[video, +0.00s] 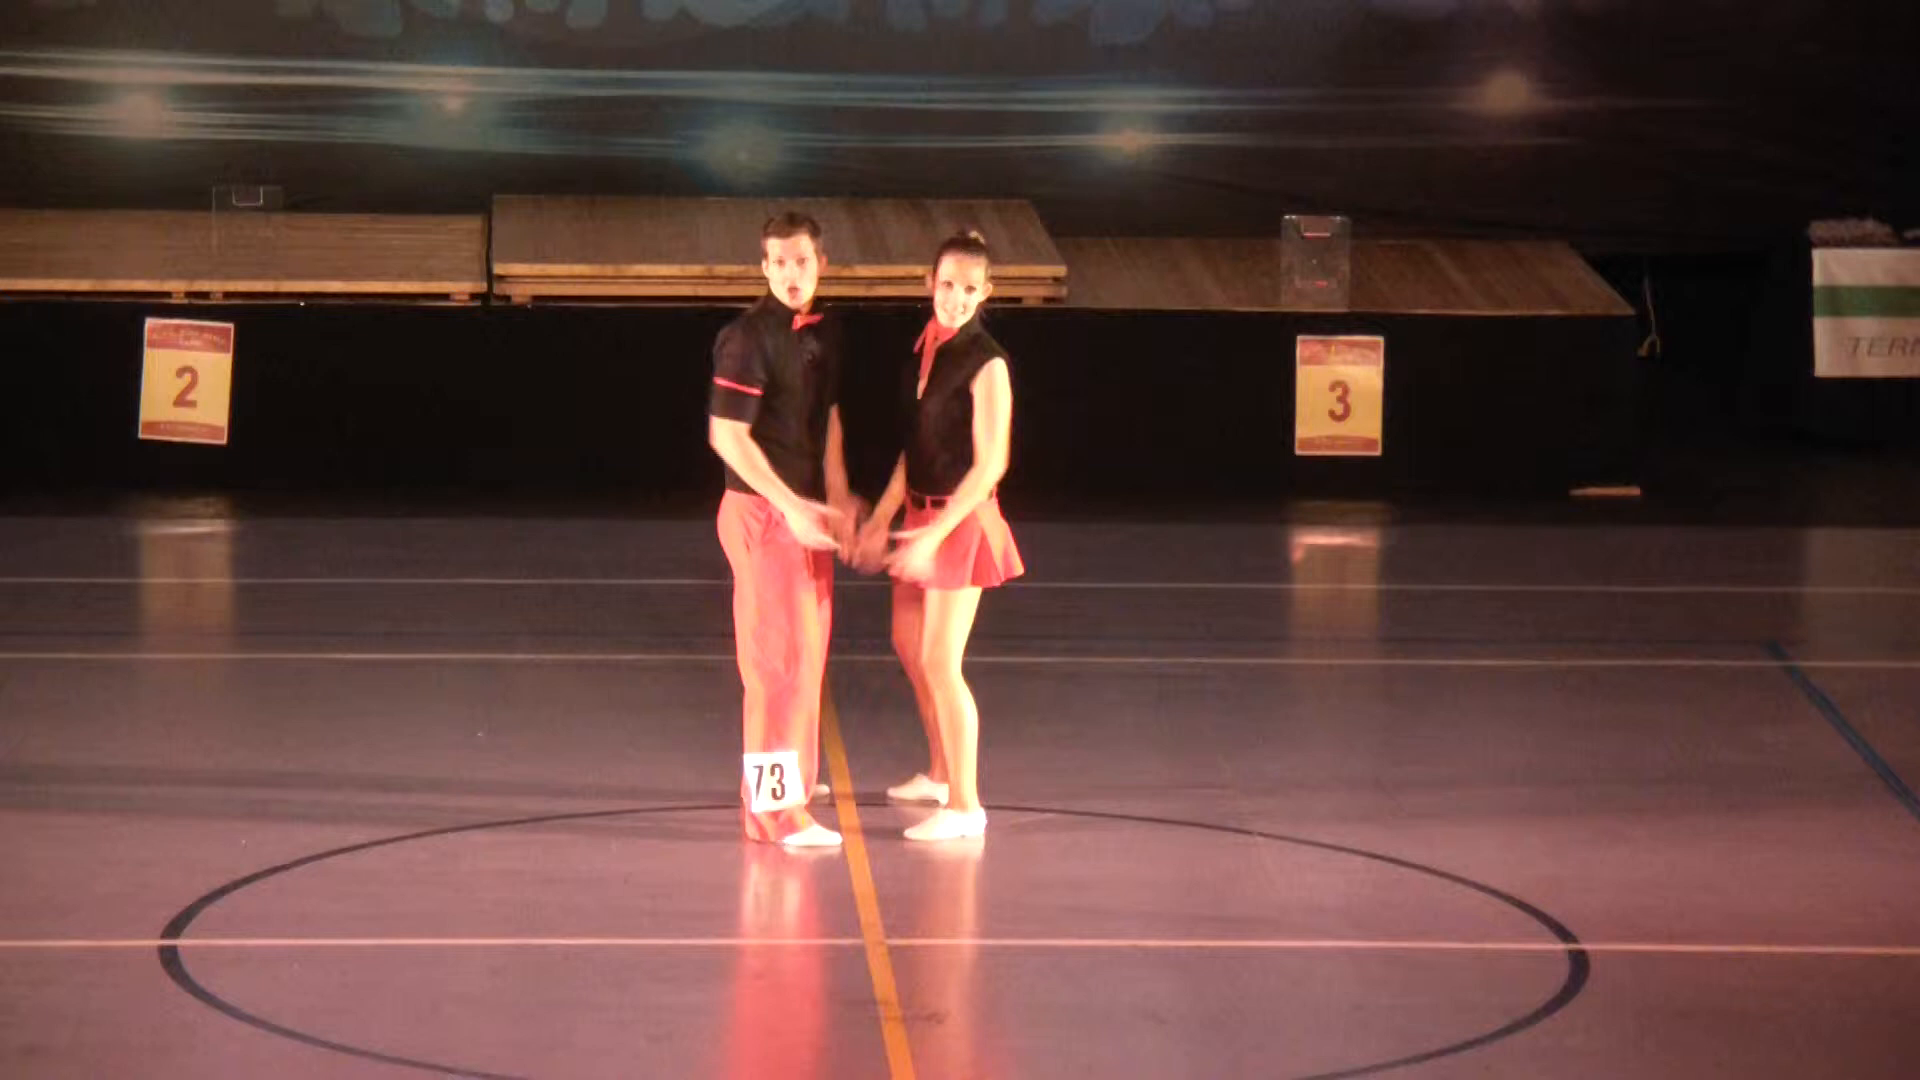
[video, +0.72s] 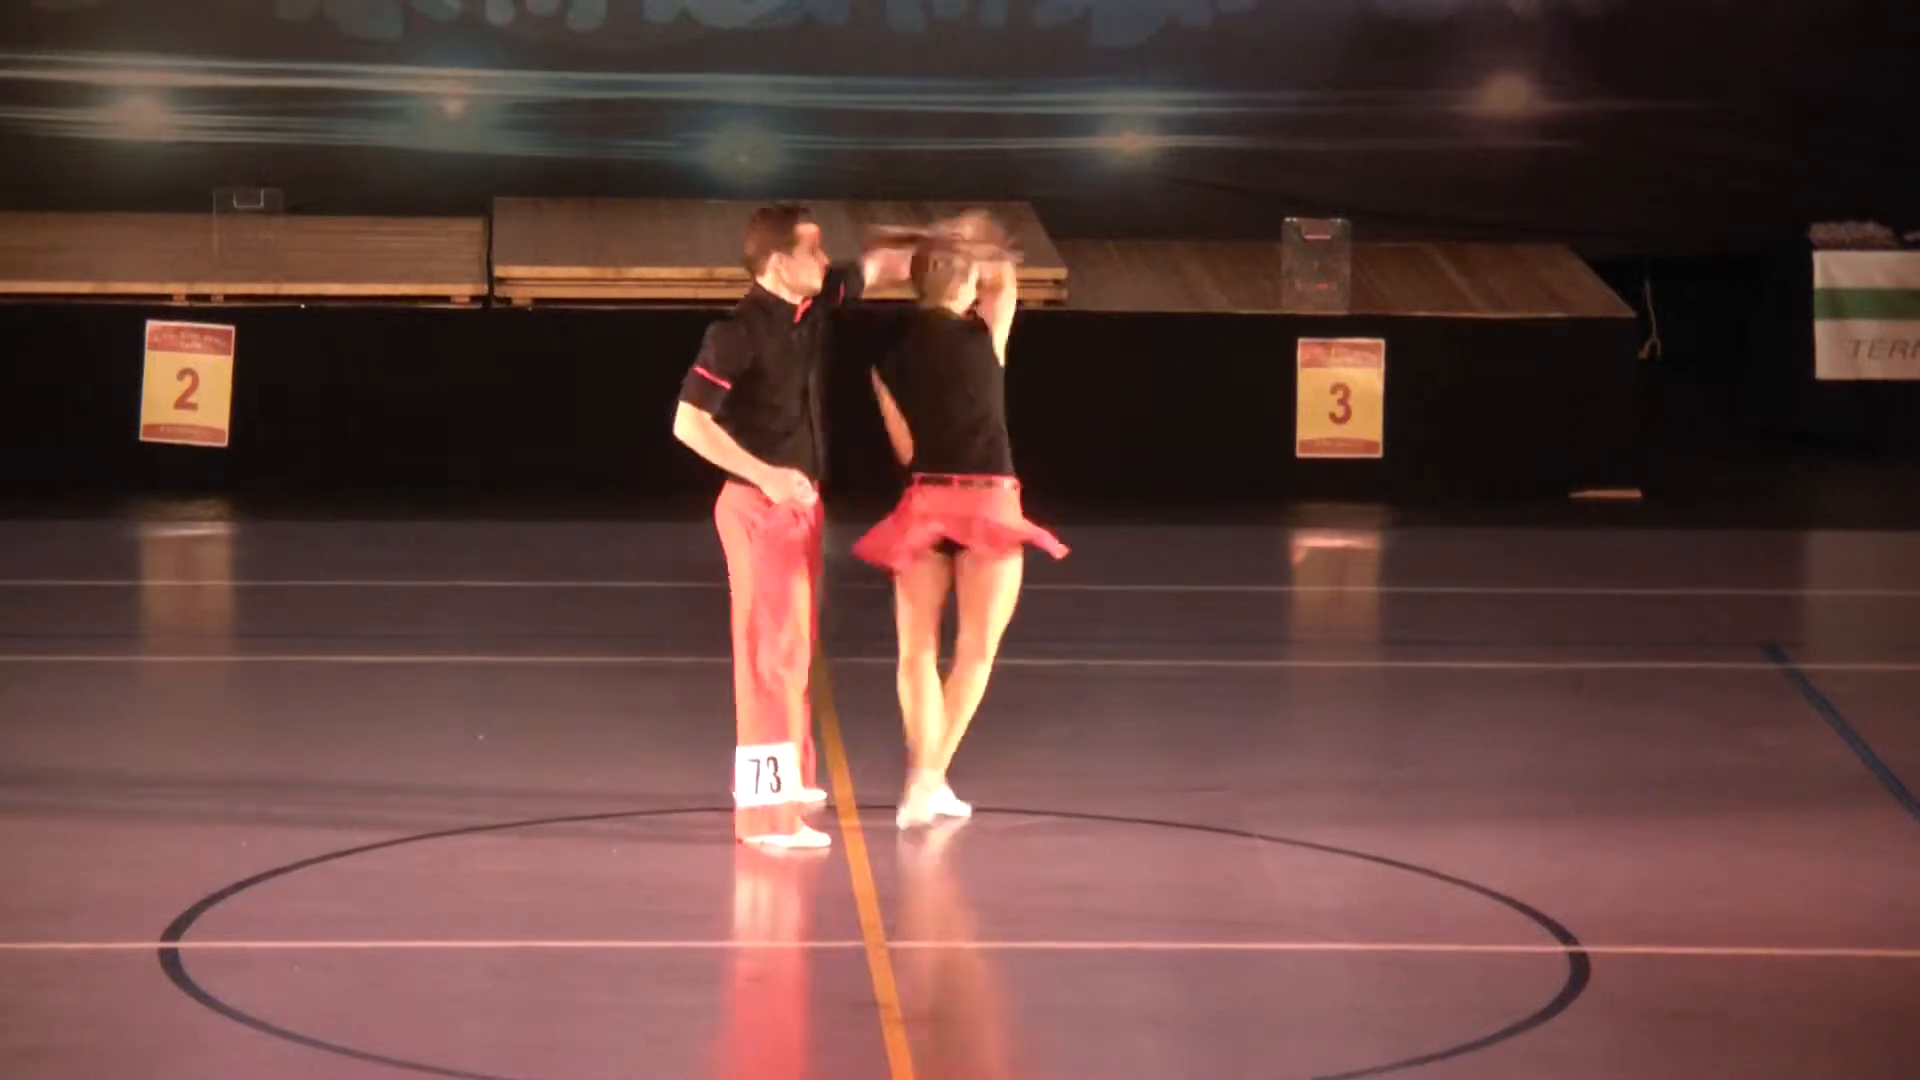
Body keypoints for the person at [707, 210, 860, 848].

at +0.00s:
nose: (792, 273)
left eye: (801, 260)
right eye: (780, 262)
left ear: (819, 263)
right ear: (764, 265)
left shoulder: (823, 336)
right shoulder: (746, 337)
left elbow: (828, 426)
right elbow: (726, 436)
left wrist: (839, 499)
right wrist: (792, 506)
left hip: (807, 512)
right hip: (758, 511)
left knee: (808, 657)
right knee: (771, 658)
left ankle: (793, 801)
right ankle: (766, 806)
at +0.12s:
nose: (785, 268)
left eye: (795, 255)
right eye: (775, 257)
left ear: (820, 255)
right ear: (763, 260)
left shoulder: (835, 321)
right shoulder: (741, 321)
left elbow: (840, 387)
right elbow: (681, 386)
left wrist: (856, 404)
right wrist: (739, 437)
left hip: (814, 507)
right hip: (761, 506)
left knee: (806, 654)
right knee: (783, 653)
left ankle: (791, 797)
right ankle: (772, 808)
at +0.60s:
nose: (835, 282)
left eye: (834, 270)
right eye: (825, 271)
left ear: (804, 279)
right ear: (787, 280)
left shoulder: (812, 341)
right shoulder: (748, 342)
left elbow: (826, 399)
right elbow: (684, 424)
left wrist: (871, 433)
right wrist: (742, 491)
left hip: (804, 524)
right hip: (754, 527)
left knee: (824, 656)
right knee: (793, 654)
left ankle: (789, 799)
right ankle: (760, 813)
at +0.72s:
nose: (823, 259)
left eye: (819, 247)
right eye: (812, 249)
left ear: (789, 260)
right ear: (776, 261)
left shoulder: (814, 304)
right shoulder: (737, 331)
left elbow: (881, 267)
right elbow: (690, 423)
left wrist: (938, 245)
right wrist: (766, 475)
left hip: (800, 503)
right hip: (757, 507)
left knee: (794, 648)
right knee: (769, 650)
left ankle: (787, 782)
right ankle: (760, 810)